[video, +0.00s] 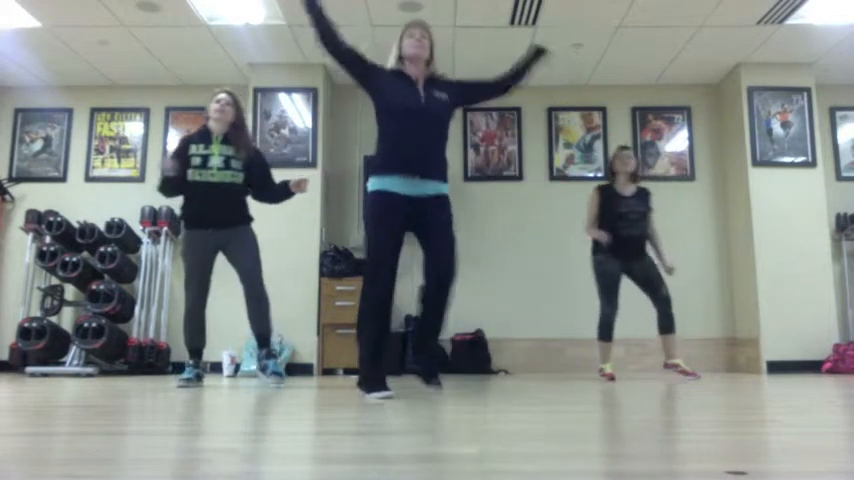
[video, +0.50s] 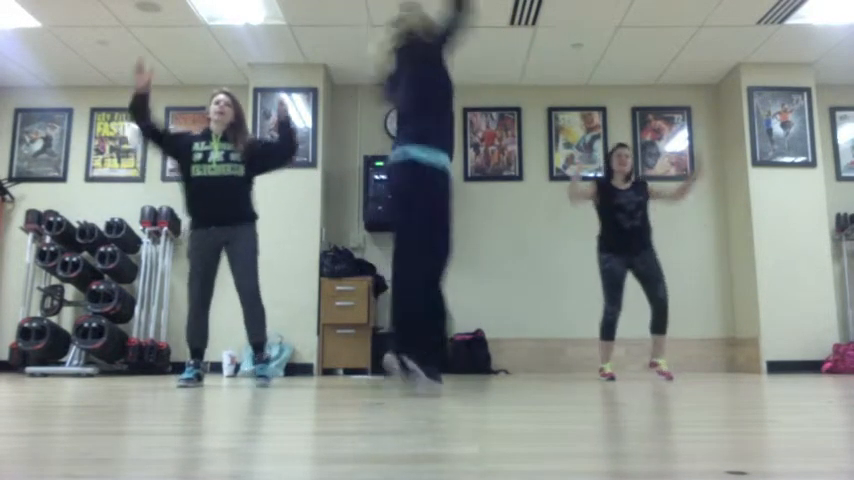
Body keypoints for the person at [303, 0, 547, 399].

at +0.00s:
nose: (416, 40)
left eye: (422, 37)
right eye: (410, 37)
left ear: (431, 48)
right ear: (400, 46)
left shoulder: (448, 91)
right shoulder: (381, 80)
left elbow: (501, 87)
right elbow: (337, 47)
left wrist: (530, 58)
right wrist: (313, 7)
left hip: (433, 197)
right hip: (387, 195)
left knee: (442, 275)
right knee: (380, 281)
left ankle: (424, 358)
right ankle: (371, 375)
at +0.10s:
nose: (414, 49)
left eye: (420, 46)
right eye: (408, 45)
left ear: (430, 57)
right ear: (397, 54)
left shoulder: (444, 99)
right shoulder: (380, 92)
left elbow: (492, 100)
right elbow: (338, 55)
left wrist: (522, 61)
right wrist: (332, 7)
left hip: (434, 199)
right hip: (391, 196)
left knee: (434, 283)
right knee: (388, 281)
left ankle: (414, 366)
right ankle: (375, 373)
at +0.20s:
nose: (417, 58)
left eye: (422, 55)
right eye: (410, 54)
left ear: (430, 65)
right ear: (398, 63)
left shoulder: (442, 110)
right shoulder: (383, 100)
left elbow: (484, 112)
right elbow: (344, 62)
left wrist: (507, 77)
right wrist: (348, 18)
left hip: (434, 208)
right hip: (394, 205)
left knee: (437, 289)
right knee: (395, 287)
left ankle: (415, 375)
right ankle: (375, 377)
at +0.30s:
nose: (423, 58)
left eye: (426, 52)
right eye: (419, 51)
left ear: (430, 58)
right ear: (406, 55)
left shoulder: (437, 96)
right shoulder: (397, 85)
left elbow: (458, 89)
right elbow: (386, 43)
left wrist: (468, 57)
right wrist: (384, 7)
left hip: (432, 197)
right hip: (404, 195)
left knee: (433, 280)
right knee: (404, 278)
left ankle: (424, 363)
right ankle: (384, 364)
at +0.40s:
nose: (430, 44)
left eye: (430, 38)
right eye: (424, 38)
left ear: (426, 44)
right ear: (411, 41)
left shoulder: (426, 72)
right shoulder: (407, 69)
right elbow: (404, 38)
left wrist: (442, 59)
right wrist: (409, 11)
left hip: (423, 169)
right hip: (416, 169)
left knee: (418, 258)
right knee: (418, 258)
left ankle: (420, 348)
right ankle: (413, 349)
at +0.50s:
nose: (431, 25)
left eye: (423, 22)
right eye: (426, 21)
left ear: (399, 32)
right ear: (424, 27)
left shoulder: (401, 64)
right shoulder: (425, 50)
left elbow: (389, 92)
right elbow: (457, 18)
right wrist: (457, 4)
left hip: (406, 167)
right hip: (427, 168)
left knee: (411, 257)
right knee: (429, 257)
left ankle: (403, 347)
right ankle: (419, 352)